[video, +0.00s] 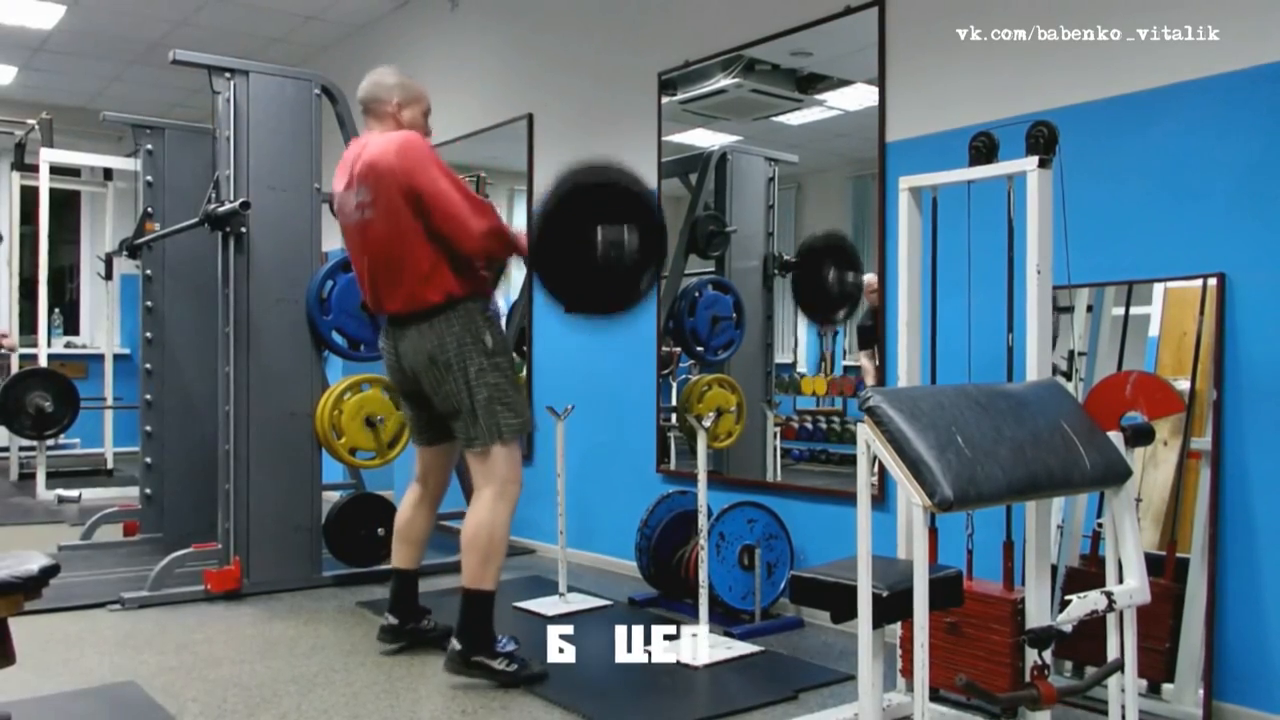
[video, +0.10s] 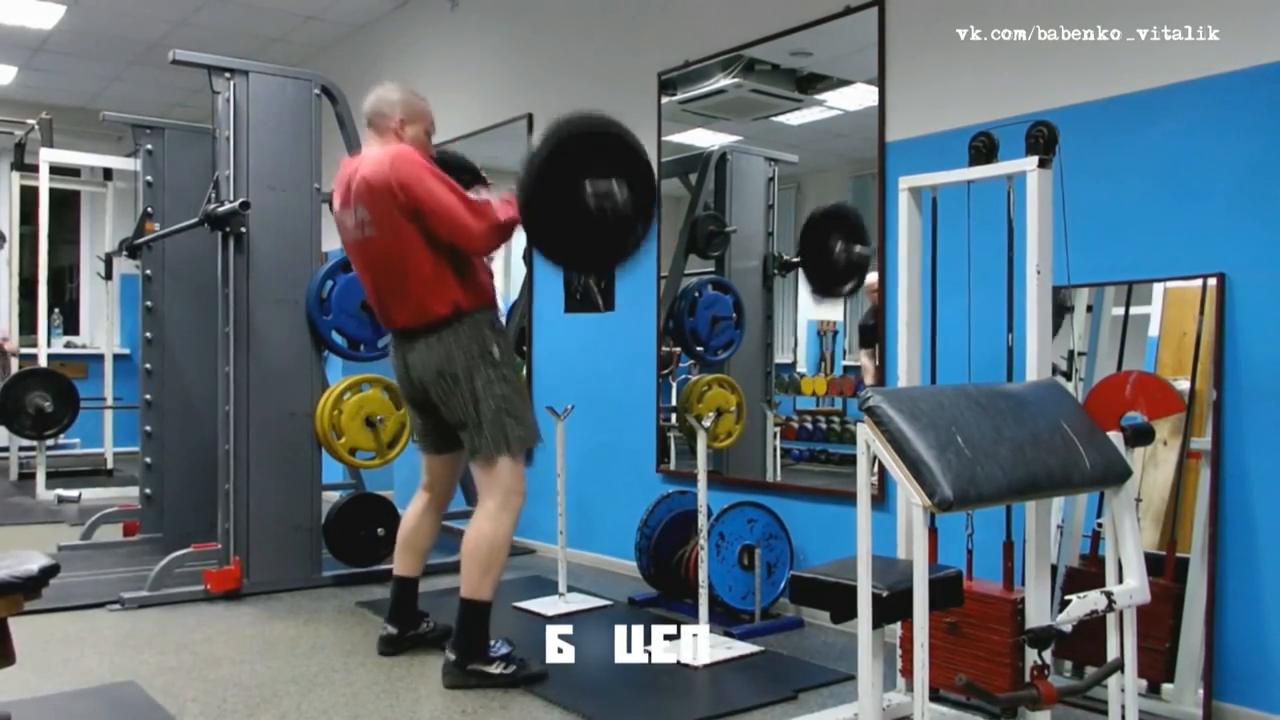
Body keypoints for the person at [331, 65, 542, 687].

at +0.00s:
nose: (424, 124)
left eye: (424, 115)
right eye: (421, 114)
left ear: (369, 110)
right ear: (397, 108)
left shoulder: (346, 169)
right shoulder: (406, 148)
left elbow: (368, 274)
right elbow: (475, 235)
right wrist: (512, 242)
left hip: (404, 337)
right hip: (455, 329)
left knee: (428, 478)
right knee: (498, 478)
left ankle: (402, 614)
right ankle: (475, 642)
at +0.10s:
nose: (427, 143)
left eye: (428, 135)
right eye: (424, 134)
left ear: (373, 124)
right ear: (399, 123)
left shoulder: (345, 181)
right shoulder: (399, 163)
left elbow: (384, 263)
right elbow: (475, 231)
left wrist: (458, 203)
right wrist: (514, 201)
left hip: (411, 348)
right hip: (462, 340)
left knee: (434, 487)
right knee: (502, 489)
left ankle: (402, 620)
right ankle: (472, 652)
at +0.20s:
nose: (437, 149)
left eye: (437, 139)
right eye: (434, 139)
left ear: (380, 132)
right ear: (412, 133)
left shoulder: (355, 191)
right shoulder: (413, 176)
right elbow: (492, 245)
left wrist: (454, 187)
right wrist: (490, 182)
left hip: (416, 358)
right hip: (467, 350)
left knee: (437, 491)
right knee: (507, 494)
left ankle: (402, 621)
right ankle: (470, 652)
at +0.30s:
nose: (454, 143)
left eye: (453, 133)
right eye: (450, 133)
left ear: (399, 130)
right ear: (426, 129)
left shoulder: (371, 188)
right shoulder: (437, 183)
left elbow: (419, 260)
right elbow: (507, 257)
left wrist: (460, 187)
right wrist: (488, 188)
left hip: (416, 357)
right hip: (468, 350)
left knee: (437, 491)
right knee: (504, 496)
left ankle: (400, 620)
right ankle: (471, 654)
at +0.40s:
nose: (470, 130)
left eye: (469, 121)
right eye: (467, 120)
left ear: (415, 121)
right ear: (445, 118)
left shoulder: (384, 179)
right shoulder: (457, 175)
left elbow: (412, 257)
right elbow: (521, 255)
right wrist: (524, 187)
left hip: (415, 353)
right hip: (468, 348)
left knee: (433, 487)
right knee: (495, 495)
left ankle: (400, 620)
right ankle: (470, 654)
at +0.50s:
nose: (473, 128)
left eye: (472, 118)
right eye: (470, 117)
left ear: (419, 119)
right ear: (447, 116)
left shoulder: (385, 178)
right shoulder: (461, 173)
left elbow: (404, 260)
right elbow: (524, 256)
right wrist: (526, 186)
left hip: (411, 349)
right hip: (468, 346)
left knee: (430, 485)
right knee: (493, 495)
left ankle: (400, 621)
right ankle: (470, 655)